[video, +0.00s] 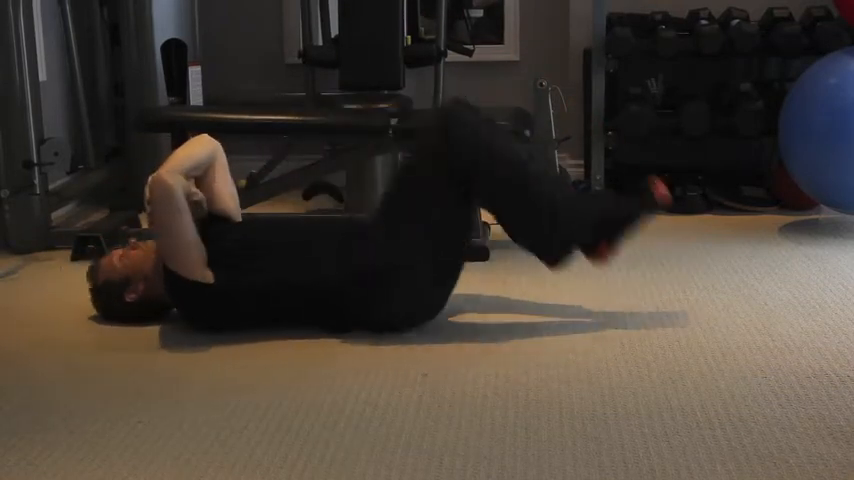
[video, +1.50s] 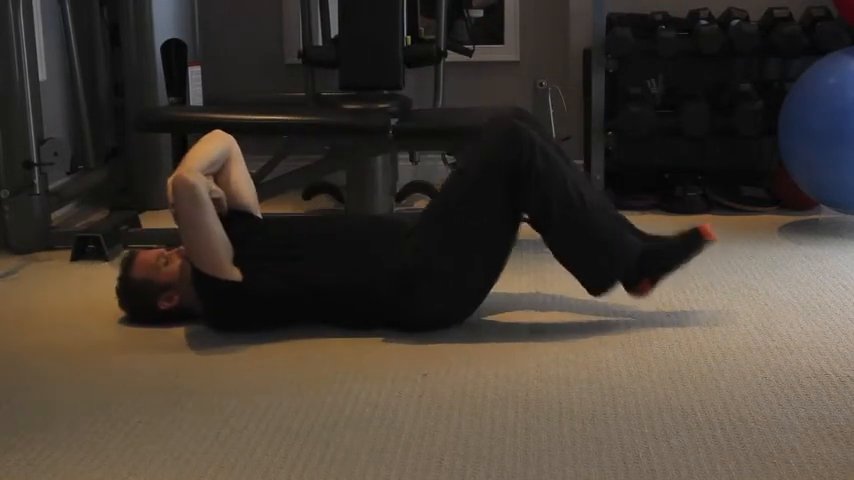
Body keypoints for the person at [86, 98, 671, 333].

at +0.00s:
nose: (129, 250)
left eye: (118, 252)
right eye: (119, 265)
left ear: (148, 266)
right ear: (138, 295)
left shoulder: (216, 254)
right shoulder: (197, 291)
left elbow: (210, 150)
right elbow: (168, 178)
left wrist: (188, 226)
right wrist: (181, 194)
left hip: (397, 264)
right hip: (387, 287)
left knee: (463, 128)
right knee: (455, 129)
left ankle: (578, 224)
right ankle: (576, 227)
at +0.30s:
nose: (117, 239)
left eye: (105, 247)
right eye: (111, 256)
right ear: (135, 283)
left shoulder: (216, 245)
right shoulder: (190, 292)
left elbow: (236, 146)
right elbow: (180, 175)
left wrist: (182, 178)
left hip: (391, 257)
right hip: (367, 276)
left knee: (289, 129)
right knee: (283, 132)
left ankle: (451, 102)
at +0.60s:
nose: (116, 244)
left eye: (106, 251)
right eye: (110, 257)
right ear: (134, 285)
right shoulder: (195, 292)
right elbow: (196, 166)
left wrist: (188, 171)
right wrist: (180, 177)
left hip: (388, 235)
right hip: (365, 248)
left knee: (240, 153)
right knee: (225, 149)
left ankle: (379, 75)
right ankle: (366, 75)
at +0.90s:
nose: (135, 243)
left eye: (122, 243)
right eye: (120, 258)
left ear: (143, 246)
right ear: (134, 293)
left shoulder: (217, 261)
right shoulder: (196, 298)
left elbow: (226, 152)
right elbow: (189, 178)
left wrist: (184, 186)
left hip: (394, 267)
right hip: (376, 286)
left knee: (339, 120)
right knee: (330, 123)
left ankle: (497, 134)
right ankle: (502, 128)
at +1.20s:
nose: (163, 259)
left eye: (154, 259)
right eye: (153, 269)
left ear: (172, 268)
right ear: (166, 300)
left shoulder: (235, 252)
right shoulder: (220, 295)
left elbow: (218, 149)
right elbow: (177, 181)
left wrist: (182, 181)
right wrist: (203, 201)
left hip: (422, 260)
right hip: (418, 286)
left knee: (503, 132)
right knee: (500, 140)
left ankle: (604, 257)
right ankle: (616, 261)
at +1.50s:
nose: (170, 259)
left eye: (162, 258)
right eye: (160, 268)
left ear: (179, 267)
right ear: (170, 300)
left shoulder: (240, 251)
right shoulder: (226, 296)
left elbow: (225, 146)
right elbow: (183, 184)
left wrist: (201, 228)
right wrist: (209, 228)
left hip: (427, 257)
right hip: (423, 286)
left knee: (511, 132)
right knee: (509, 141)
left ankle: (620, 258)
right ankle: (630, 262)